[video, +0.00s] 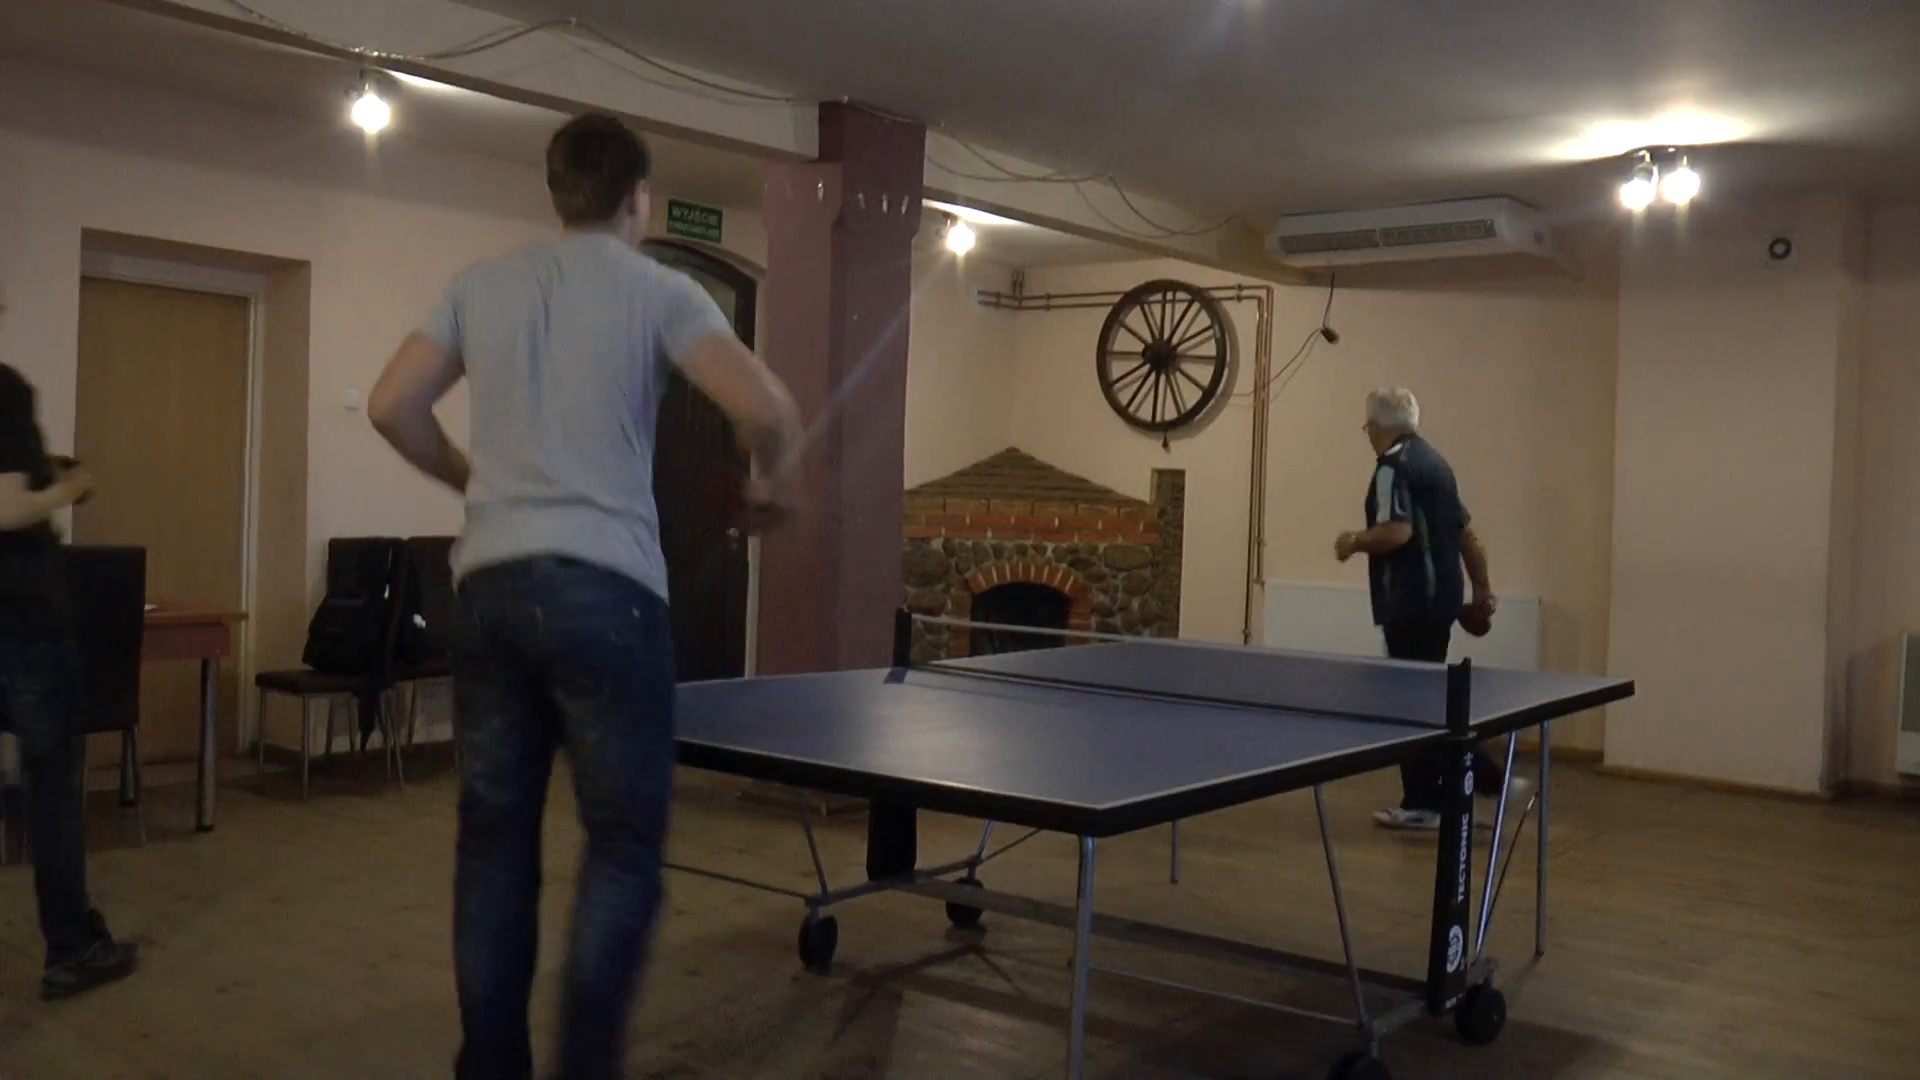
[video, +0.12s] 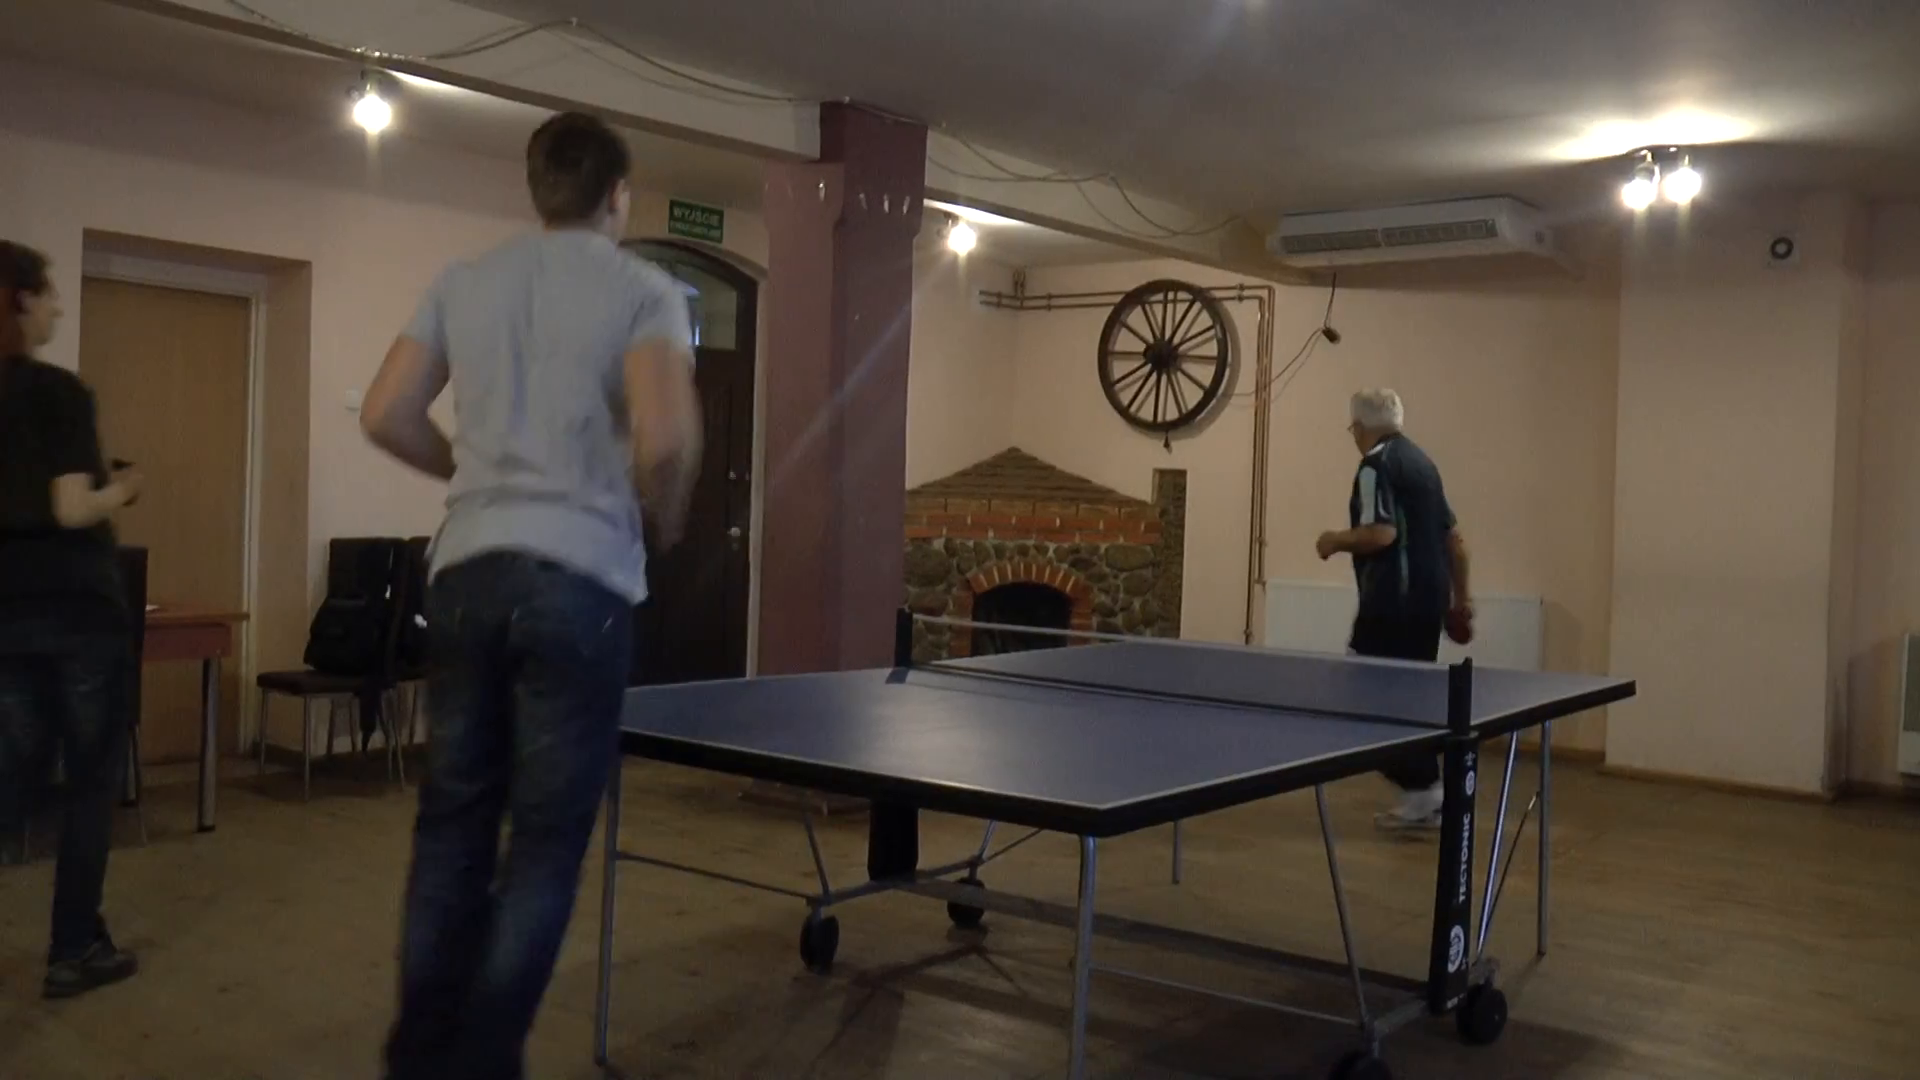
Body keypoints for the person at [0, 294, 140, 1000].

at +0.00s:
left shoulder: (16, 403)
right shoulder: (10, 400)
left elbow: (21, 508)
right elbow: (11, 510)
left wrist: (49, 484)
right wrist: (63, 492)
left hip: (38, 633)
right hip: (28, 637)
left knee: (53, 784)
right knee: (53, 785)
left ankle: (74, 939)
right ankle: (71, 948)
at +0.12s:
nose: (55, 309)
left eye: (51, 296)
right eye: (46, 296)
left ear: (14, 303)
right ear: (17, 303)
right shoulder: (52, 389)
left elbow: (57, 503)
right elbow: (72, 508)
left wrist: (96, 487)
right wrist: (117, 491)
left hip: (18, 615)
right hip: (67, 615)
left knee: (28, 772)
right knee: (90, 776)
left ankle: (76, 942)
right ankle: (76, 946)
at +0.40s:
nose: (160, 316)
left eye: (157, 304)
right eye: (155, 305)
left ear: (90, 310)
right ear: (132, 308)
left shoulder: (69, 389)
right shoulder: (163, 384)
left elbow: (38, 502)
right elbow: (189, 489)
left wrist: (102, 497)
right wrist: (205, 469)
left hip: (83, 590)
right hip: (156, 591)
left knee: (138, 749)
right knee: (129, 759)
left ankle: (160, 895)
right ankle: (82, 937)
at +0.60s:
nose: (210, 339)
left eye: (206, 328)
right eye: (208, 329)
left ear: (144, 332)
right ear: (193, 334)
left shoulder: (126, 413)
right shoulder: (220, 407)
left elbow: (100, 513)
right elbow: (237, 508)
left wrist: (158, 511)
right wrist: (254, 485)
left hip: (145, 589)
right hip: (211, 593)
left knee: (192, 734)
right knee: (185, 745)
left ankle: (213, 871)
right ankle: (109, 902)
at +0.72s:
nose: (248, 340)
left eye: (245, 328)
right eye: (243, 330)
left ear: (182, 334)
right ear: (224, 336)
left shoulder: (161, 411)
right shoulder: (249, 407)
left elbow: (140, 507)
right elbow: (265, 495)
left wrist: (191, 507)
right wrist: (291, 525)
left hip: (179, 586)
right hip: (240, 586)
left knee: (213, 728)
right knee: (252, 734)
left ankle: (217, 869)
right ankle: (169, 851)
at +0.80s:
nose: (260, 341)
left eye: (257, 330)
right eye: (257, 331)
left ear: (203, 331)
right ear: (242, 333)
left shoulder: (187, 402)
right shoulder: (260, 402)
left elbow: (166, 499)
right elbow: (278, 488)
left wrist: (217, 496)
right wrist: (290, 505)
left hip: (198, 576)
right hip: (257, 576)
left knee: (219, 717)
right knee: (283, 714)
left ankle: (215, 868)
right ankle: (219, 829)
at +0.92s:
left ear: (234, 338)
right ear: (286, 341)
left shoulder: (219, 408)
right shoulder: (300, 401)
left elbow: (202, 498)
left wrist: (254, 492)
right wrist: (287, 484)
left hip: (227, 572)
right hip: (285, 574)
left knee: (227, 724)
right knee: (298, 729)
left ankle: (218, 870)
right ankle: (303, 869)